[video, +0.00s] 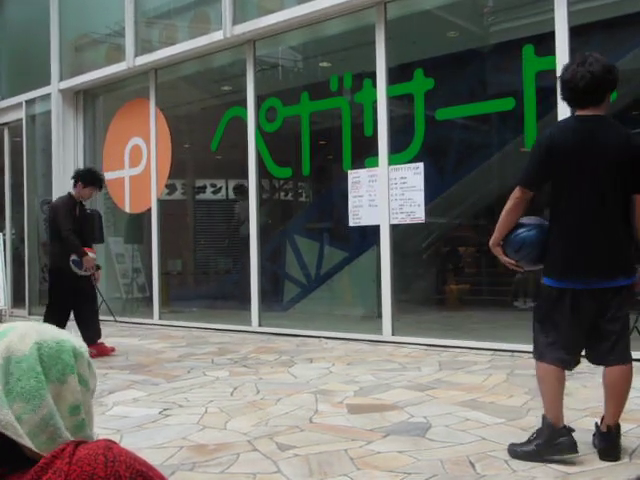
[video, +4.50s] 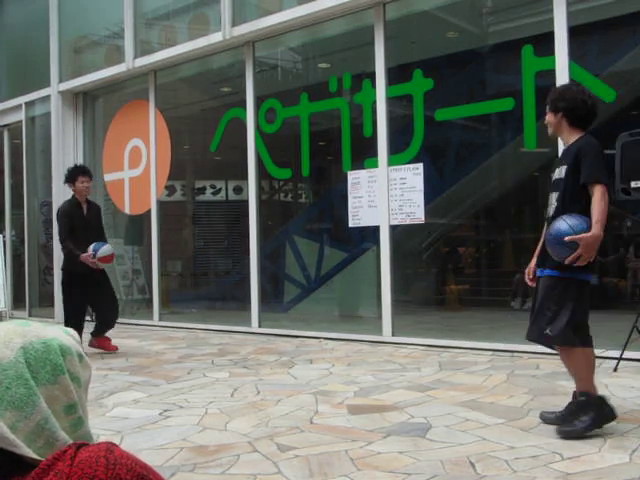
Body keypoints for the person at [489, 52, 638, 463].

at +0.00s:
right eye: (611, 89)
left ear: (568, 94)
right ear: (611, 94)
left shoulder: (555, 139)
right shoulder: (627, 139)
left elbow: (521, 195)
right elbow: (635, 204)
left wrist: (496, 240)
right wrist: (633, 250)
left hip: (566, 266)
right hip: (617, 263)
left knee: (550, 344)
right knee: (617, 347)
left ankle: (553, 431)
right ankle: (610, 433)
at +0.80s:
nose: (561, 104)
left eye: (563, 100)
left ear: (565, 105)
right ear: (606, 108)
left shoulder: (551, 146)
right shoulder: (616, 153)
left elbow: (517, 199)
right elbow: (623, 216)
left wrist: (486, 237)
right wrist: (616, 257)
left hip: (554, 266)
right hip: (599, 266)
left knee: (551, 338)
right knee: (605, 340)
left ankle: (553, 411)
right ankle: (607, 425)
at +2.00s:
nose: (549, 128)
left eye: (549, 123)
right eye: (550, 122)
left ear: (555, 125)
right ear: (585, 124)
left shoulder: (561, 154)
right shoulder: (598, 158)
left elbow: (549, 197)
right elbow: (596, 209)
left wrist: (522, 237)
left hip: (563, 263)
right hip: (591, 263)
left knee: (548, 327)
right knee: (585, 328)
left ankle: (557, 402)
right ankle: (594, 397)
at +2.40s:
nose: (560, 131)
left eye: (561, 125)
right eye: (560, 125)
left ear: (570, 124)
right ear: (592, 123)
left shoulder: (581, 147)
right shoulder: (601, 150)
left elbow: (571, 188)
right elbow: (599, 205)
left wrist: (547, 227)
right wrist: (553, 232)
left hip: (587, 260)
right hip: (604, 259)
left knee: (581, 330)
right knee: (602, 334)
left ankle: (592, 404)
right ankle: (596, 398)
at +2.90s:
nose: (586, 120)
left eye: (589, 114)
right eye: (587, 114)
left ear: (603, 114)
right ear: (612, 115)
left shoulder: (621, 144)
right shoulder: (625, 144)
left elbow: (619, 191)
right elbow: (618, 194)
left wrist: (607, 237)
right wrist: (605, 238)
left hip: (620, 254)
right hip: (620, 254)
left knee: (611, 324)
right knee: (610, 324)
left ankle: (598, 395)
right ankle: (598, 394)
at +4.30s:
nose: (557, 118)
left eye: (560, 111)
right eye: (558, 111)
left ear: (574, 113)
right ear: (576, 114)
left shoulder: (598, 146)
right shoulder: (583, 150)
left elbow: (603, 194)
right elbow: (572, 213)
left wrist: (594, 239)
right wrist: (552, 256)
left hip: (586, 252)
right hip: (573, 253)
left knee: (585, 329)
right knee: (579, 330)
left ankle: (636, 387)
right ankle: (583, 404)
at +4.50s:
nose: (545, 118)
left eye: (548, 112)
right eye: (546, 112)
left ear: (561, 115)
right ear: (568, 116)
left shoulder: (587, 147)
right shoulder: (565, 153)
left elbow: (599, 190)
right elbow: (554, 214)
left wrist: (597, 232)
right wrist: (537, 256)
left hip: (571, 259)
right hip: (554, 259)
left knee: (571, 328)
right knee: (557, 329)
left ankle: (591, 401)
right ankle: (584, 398)